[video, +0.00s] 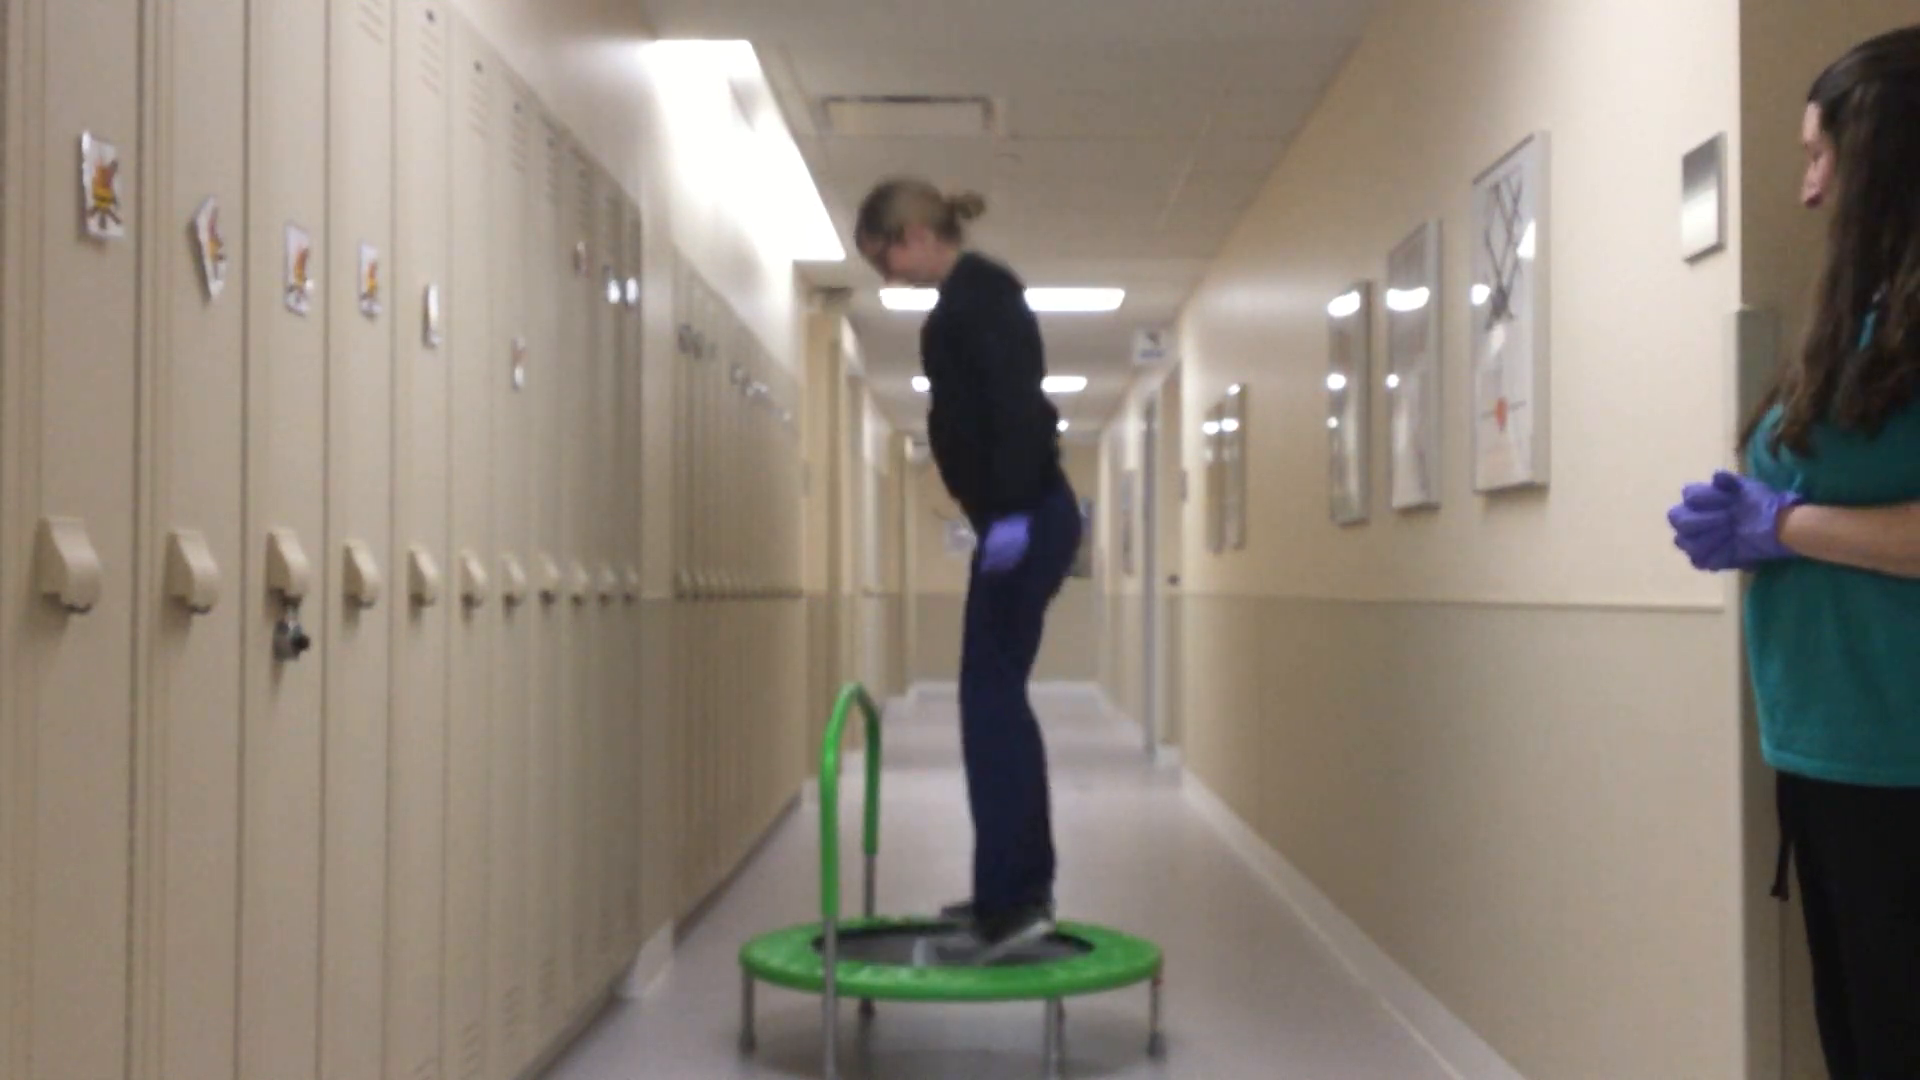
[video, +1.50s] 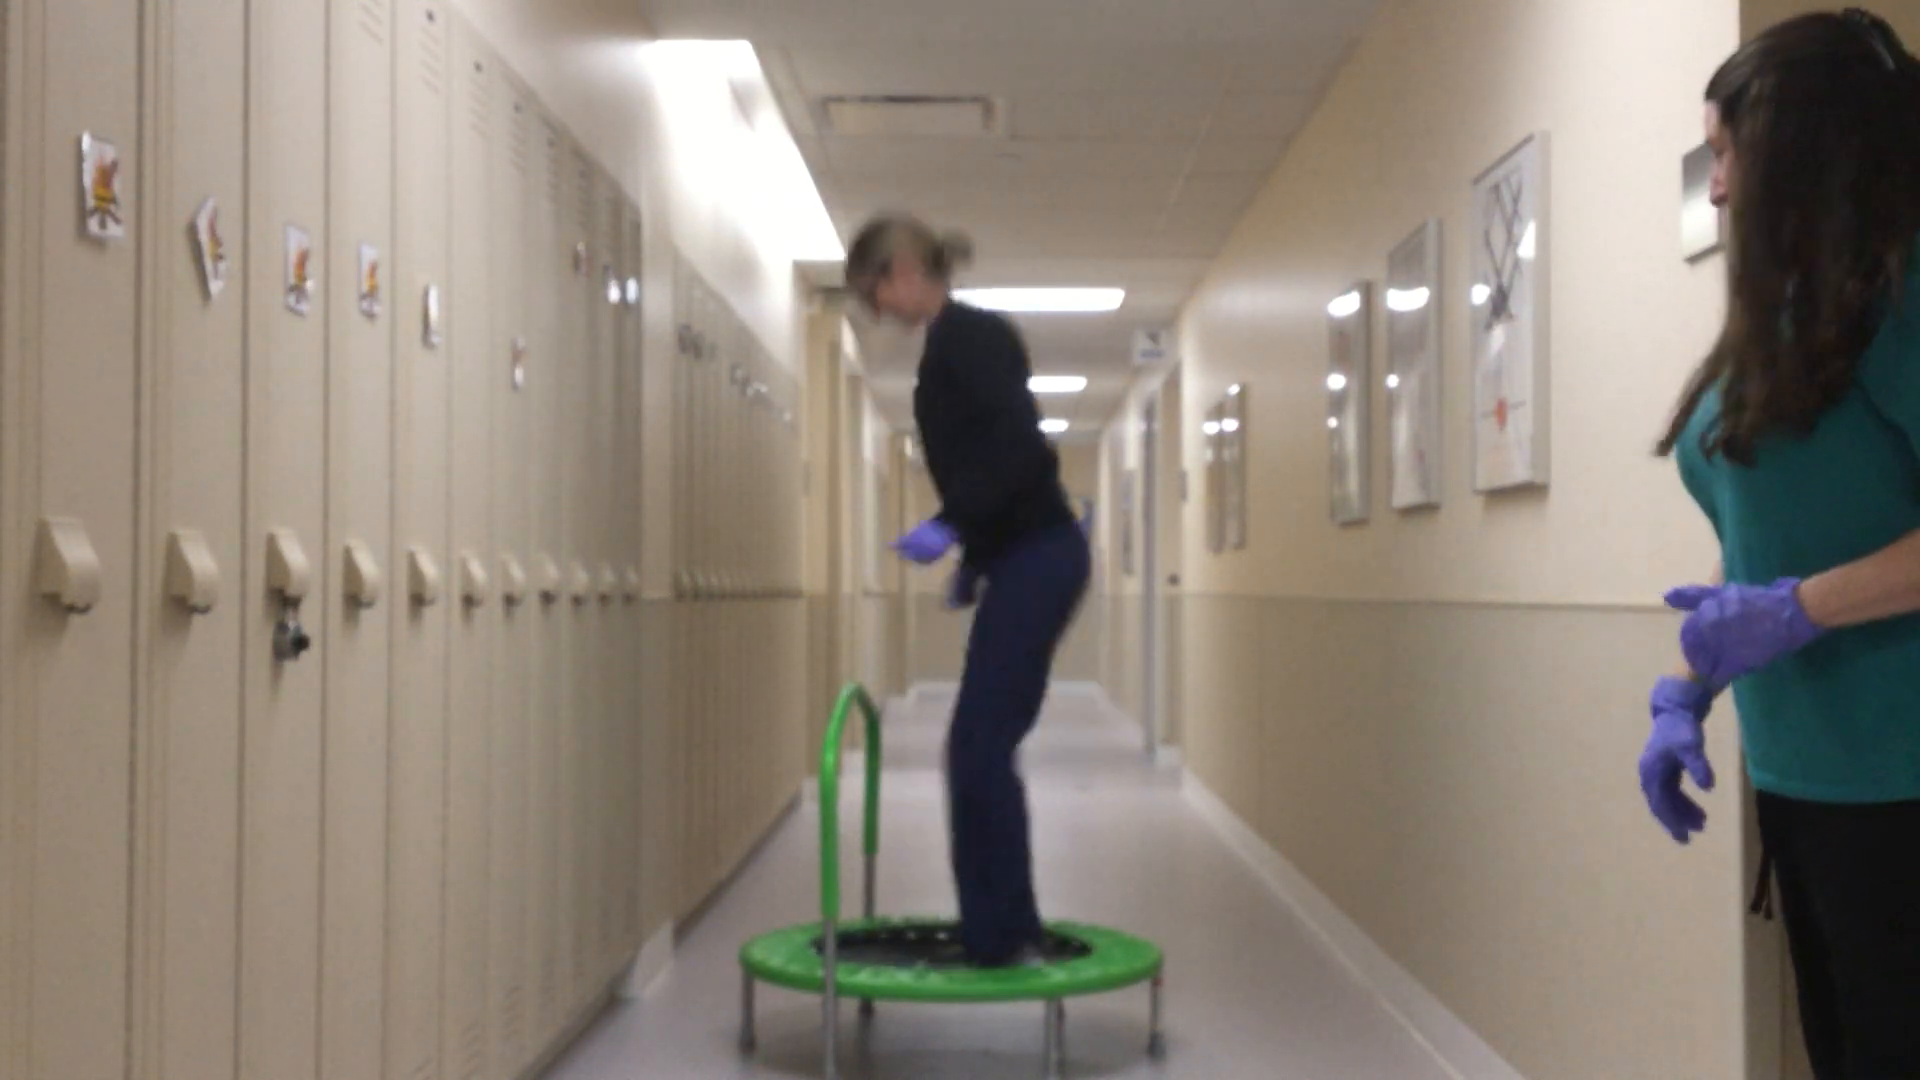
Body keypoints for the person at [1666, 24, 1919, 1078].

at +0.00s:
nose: (1804, 180)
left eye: (1817, 152)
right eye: (1805, 153)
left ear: (1876, 155)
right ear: (1878, 162)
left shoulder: (1901, 316)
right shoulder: (1850, 311)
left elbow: (1910, 529)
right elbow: (1810, 468)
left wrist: (1784, 524)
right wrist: (1754, 508)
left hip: (1889, 751)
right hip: (1818, 742)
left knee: (1889, 1036)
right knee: (1852, 1032)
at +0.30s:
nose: (1802, 184)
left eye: (1816, 153)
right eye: (1803, 156)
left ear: (1878, 155)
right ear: (1879, 161)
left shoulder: (1901, 321)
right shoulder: (1850, 317)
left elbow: (1910, 531)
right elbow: (1802, 466)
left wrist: (1784, 527)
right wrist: (1754, 509)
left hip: (1890, 754)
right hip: (1820, 744)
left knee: (1889, 1040)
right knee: (1853, 1037)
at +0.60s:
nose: (1788, 173)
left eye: (1807, 143)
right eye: (1788, 147)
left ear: (1881, 141)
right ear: (1872, 153)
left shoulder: (1906, 316)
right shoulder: (1840, 312)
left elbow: (1914, 535)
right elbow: (1808, 483)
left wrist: (1781, 534)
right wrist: (1747, 518)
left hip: (1894, 759)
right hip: (1817, 751)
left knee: (1894, 1039)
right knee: (1850, 1039)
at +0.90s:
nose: (1809, 146)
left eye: (1841, 116)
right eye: (1789, 124)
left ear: (1904, 130)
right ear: (1773, 146)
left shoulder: (1910, 285)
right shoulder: (1780, 296)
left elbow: (1919, 527)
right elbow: (1806, 506)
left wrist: (1780, 568)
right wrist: (1735, 560)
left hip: (1900, 752)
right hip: (1810, 753)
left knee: (1894, 1047)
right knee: (1850, 1045)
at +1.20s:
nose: (1762, 158)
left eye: (1788, 123)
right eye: (1746, 136)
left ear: (1866, 125)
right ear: (1739, 154)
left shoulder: (1898, 289)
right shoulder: (1765, 300)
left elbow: (1914, 533)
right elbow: (1783, 535)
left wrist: (1773, 598)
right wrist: (1709, 620)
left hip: (1895, 759)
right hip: (1806, 758)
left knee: (1888, 1044)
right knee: (1845, 1043)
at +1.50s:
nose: (1711, 179)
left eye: (1725, 151)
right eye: (1711, 154)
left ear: (1803, 151)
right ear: (1793, 157)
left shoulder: (1891, 314)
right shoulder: (1765, 334)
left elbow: (1917, 546)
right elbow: (1755, 560)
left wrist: (1794, 609)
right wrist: (1685, 697)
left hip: (1894, 786)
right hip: (1797, 785)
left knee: (1890, 1055)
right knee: (1840, 1057)